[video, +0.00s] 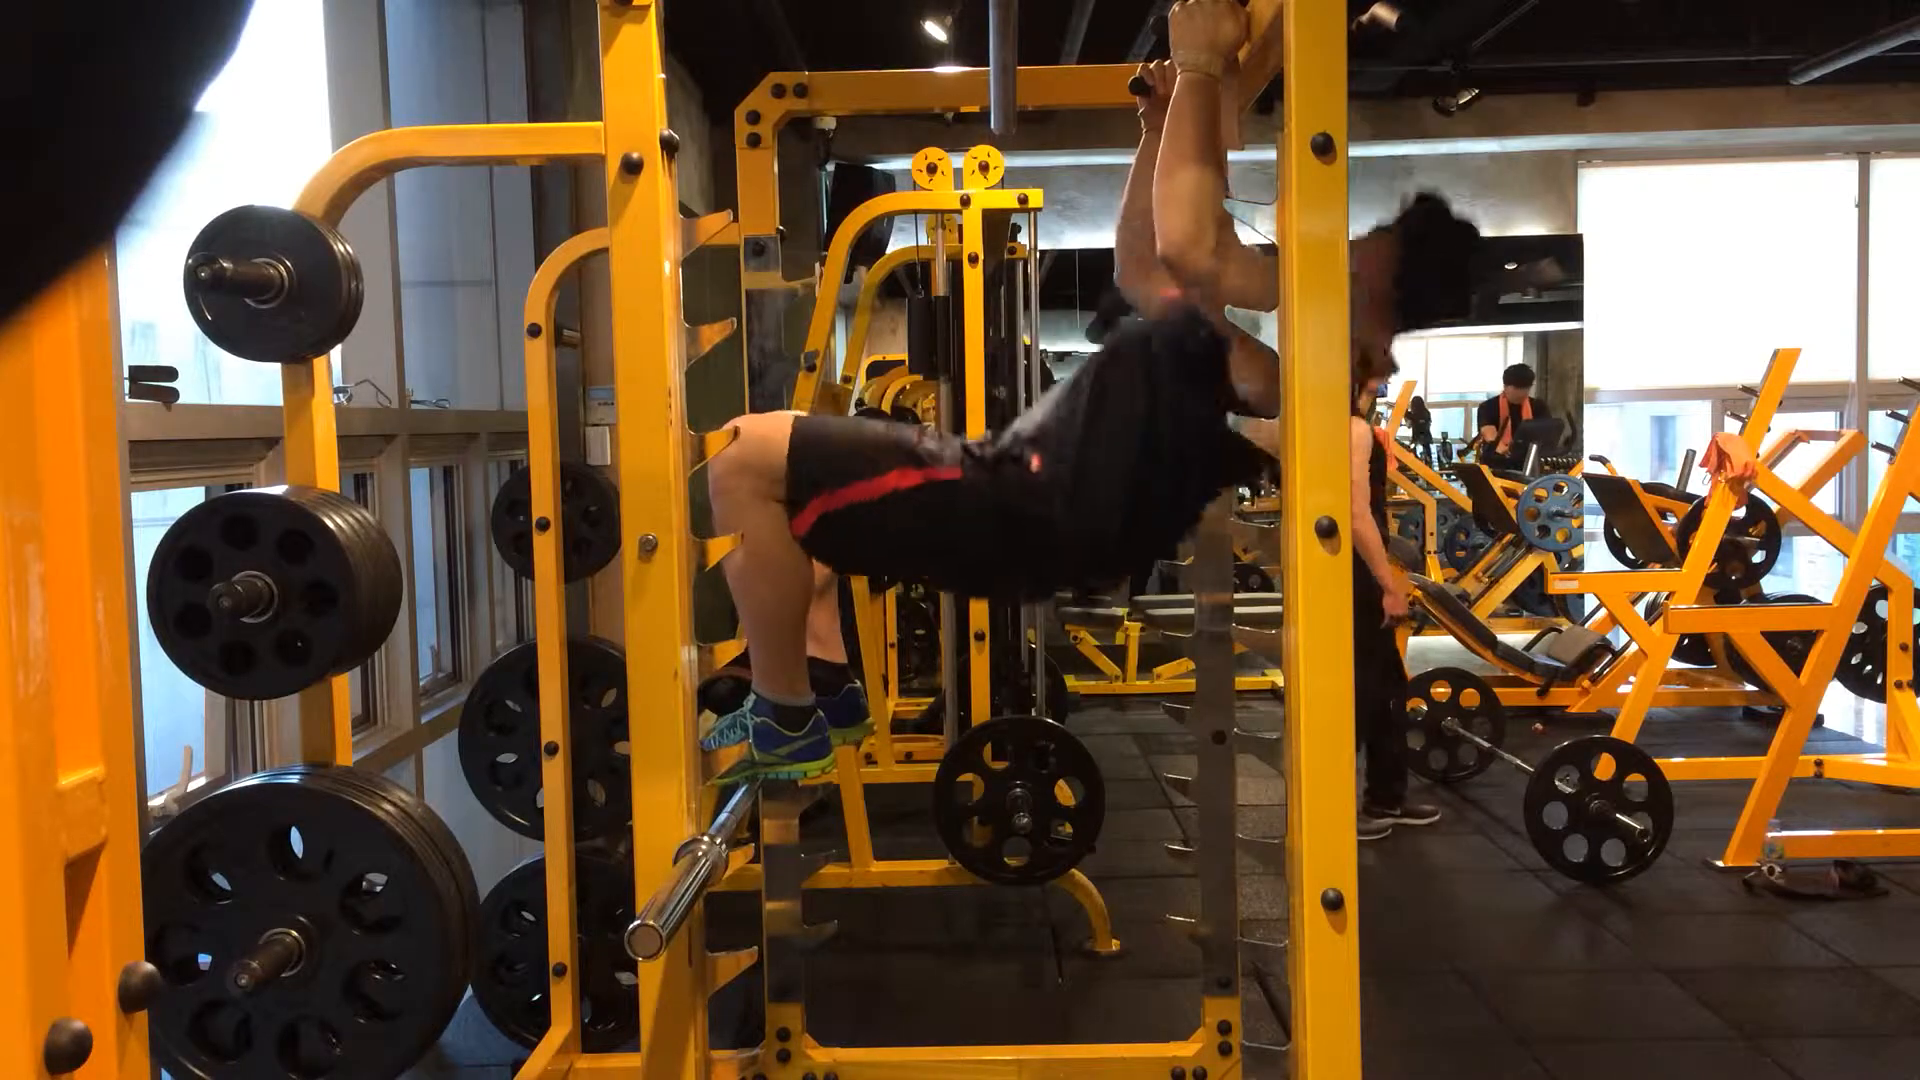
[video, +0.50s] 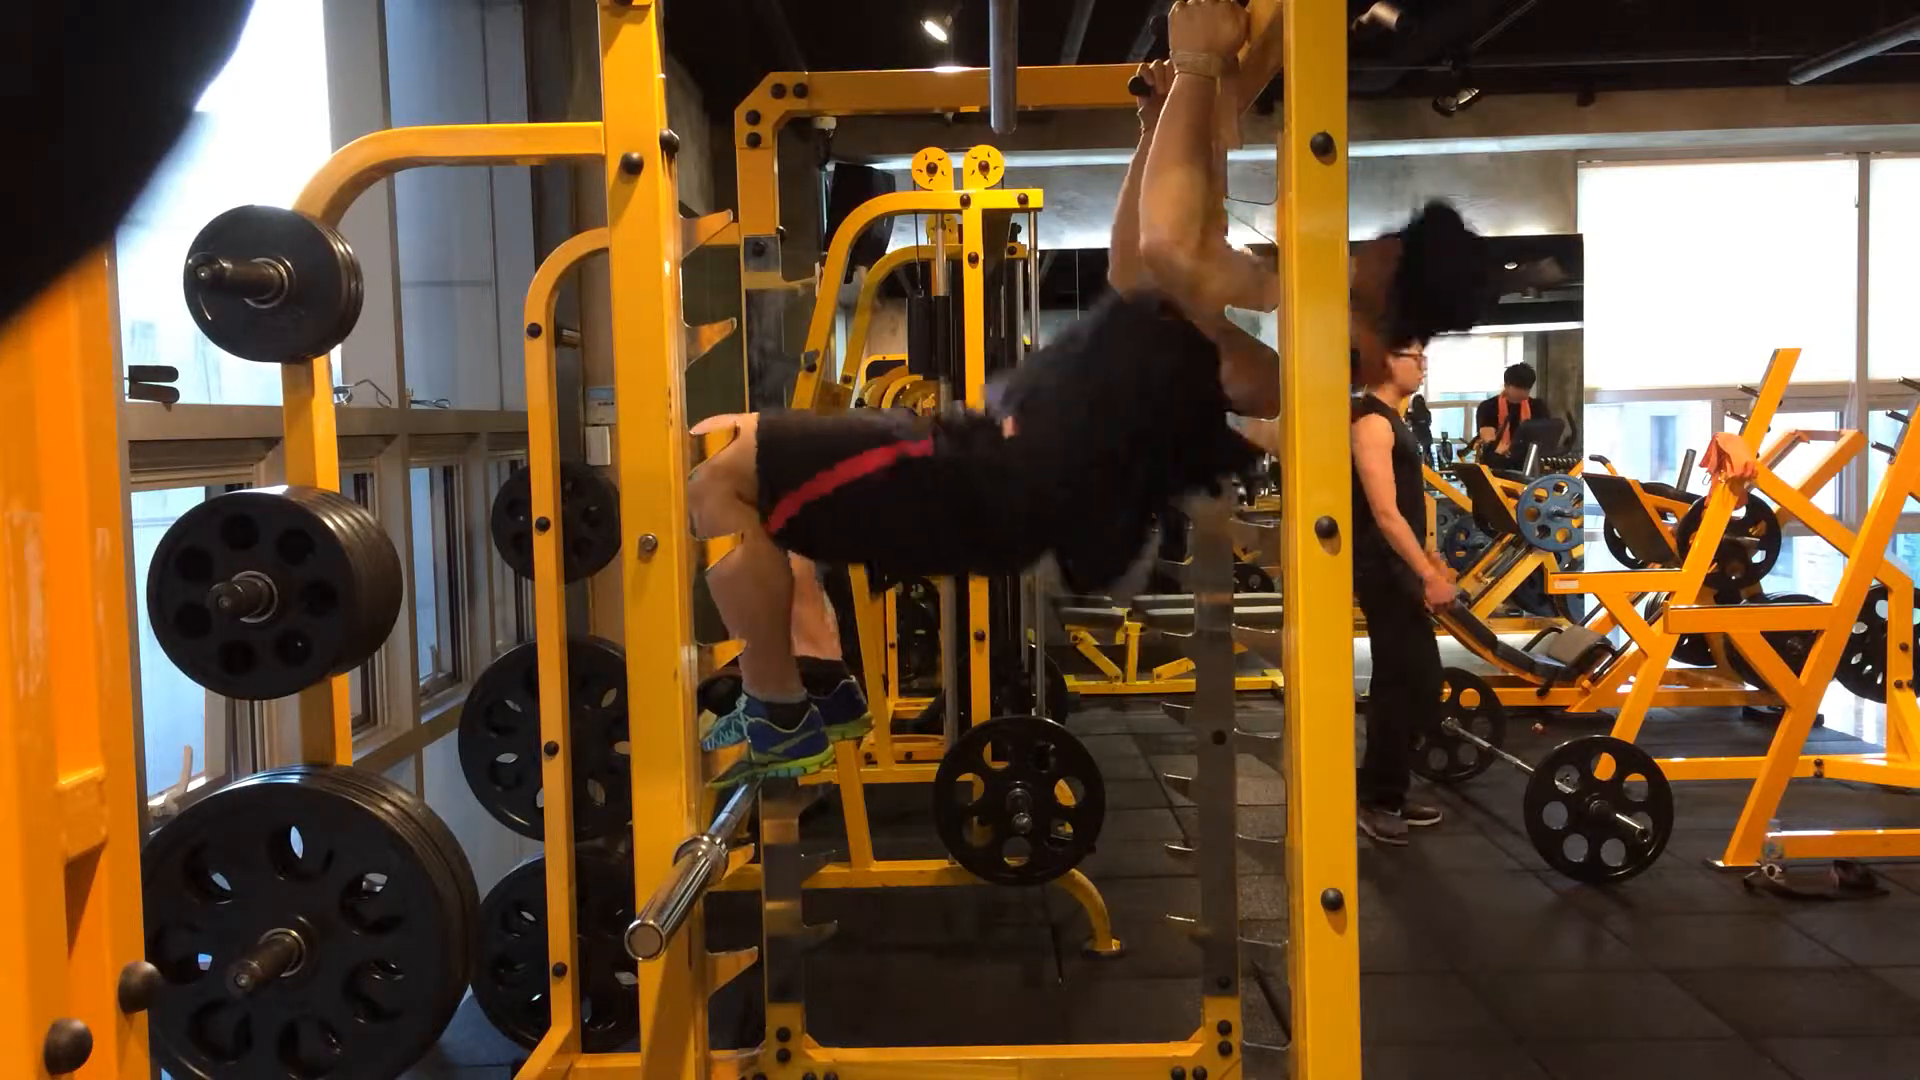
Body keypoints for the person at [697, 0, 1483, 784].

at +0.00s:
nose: (1355, 239)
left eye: (1376, 236)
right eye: (1372, 230)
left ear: (1394, 268)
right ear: (1412, 296)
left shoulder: (1346, 335)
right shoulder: (1305, 355)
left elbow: (1197, 254)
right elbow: (1142, 274)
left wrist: (1204, 71)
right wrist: (1151, 131)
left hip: (1028, 512)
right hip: (1022, 483)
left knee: (745, 465)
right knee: (767, 436)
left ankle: (783, 713)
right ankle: (820, 669)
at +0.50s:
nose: (1353, 251)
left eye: (1376, 256)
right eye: (1368, 246)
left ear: (1391, 300)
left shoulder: (1329, 376)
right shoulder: (1310, 337)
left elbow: (1192, 269)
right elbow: (1139, 266)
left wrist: (1207, 70)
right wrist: (1169, 105)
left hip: (1019, 488)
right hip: (1008, 447)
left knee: (725, 487)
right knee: (729, 439)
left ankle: (776, 712)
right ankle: (821, 670)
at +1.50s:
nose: (1335, 298)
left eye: (1359, 299)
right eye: (1354, 289)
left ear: (1383, 351)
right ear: (1365, 333)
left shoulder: (1301, 414)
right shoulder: (1259, 379)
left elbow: (1200, 266)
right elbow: (1149, 281)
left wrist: (1205, 75)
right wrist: (1161, 120)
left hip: (1008, 583)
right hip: (998, 537)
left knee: (752, 468)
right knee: (778, 448)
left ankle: (786, 715)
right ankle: (821, 670)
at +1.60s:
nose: (1343, 252)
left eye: (1368, 253)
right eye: (1361, 244)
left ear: (1389, 302)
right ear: (1371, 288)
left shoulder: (1307, 390)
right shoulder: (1268, 361)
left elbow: (1194, 263)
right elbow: (1140, 275)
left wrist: (1207, 70)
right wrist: (1154, 126)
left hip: (1003, 531)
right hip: (996, 493)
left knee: (739, 470)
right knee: (764, 438)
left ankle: (783, 713)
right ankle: (821, 666)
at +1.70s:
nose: (1356, 185)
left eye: (1382, 186)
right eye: (1371, 175)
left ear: (1410, 236)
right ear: (1385, 221)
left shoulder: (1343, 295)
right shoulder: (1327, 312)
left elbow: (1190, 252)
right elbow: (1137, 255)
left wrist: (1208, 68)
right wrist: (1170, 104)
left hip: (1025, 472)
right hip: (1023, 447)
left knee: (740, 471)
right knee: (752, 431)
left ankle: (782, 714)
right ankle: (821, 664)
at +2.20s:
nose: (1345, 168)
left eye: (1374, 168)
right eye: (1361, 158)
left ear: (1407, 224)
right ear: (1366, 199)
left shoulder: (1346, 300)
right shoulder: (1314, 293)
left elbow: (1195, 248)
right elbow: (1139, 276)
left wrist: (1207, 72)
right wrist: (1157, 127)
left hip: (1055, 486)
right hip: (1035, 449)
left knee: (760, 458)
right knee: (798, 447)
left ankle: (785, 715)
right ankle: (824, 672)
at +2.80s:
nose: (1348, 154)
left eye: (1373, 155)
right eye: (1362, 145)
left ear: (1403, 215)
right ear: (1380, 211)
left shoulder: (1336, 286)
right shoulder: (1316, 299)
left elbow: (1182, 254)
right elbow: (1139, 258)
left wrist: (1204, 72)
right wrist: (1170, 102)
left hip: (1013, 462)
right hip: (1023, 446)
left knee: (738, 465)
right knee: (762, 430)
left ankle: (784, 713)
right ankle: (823, 667)